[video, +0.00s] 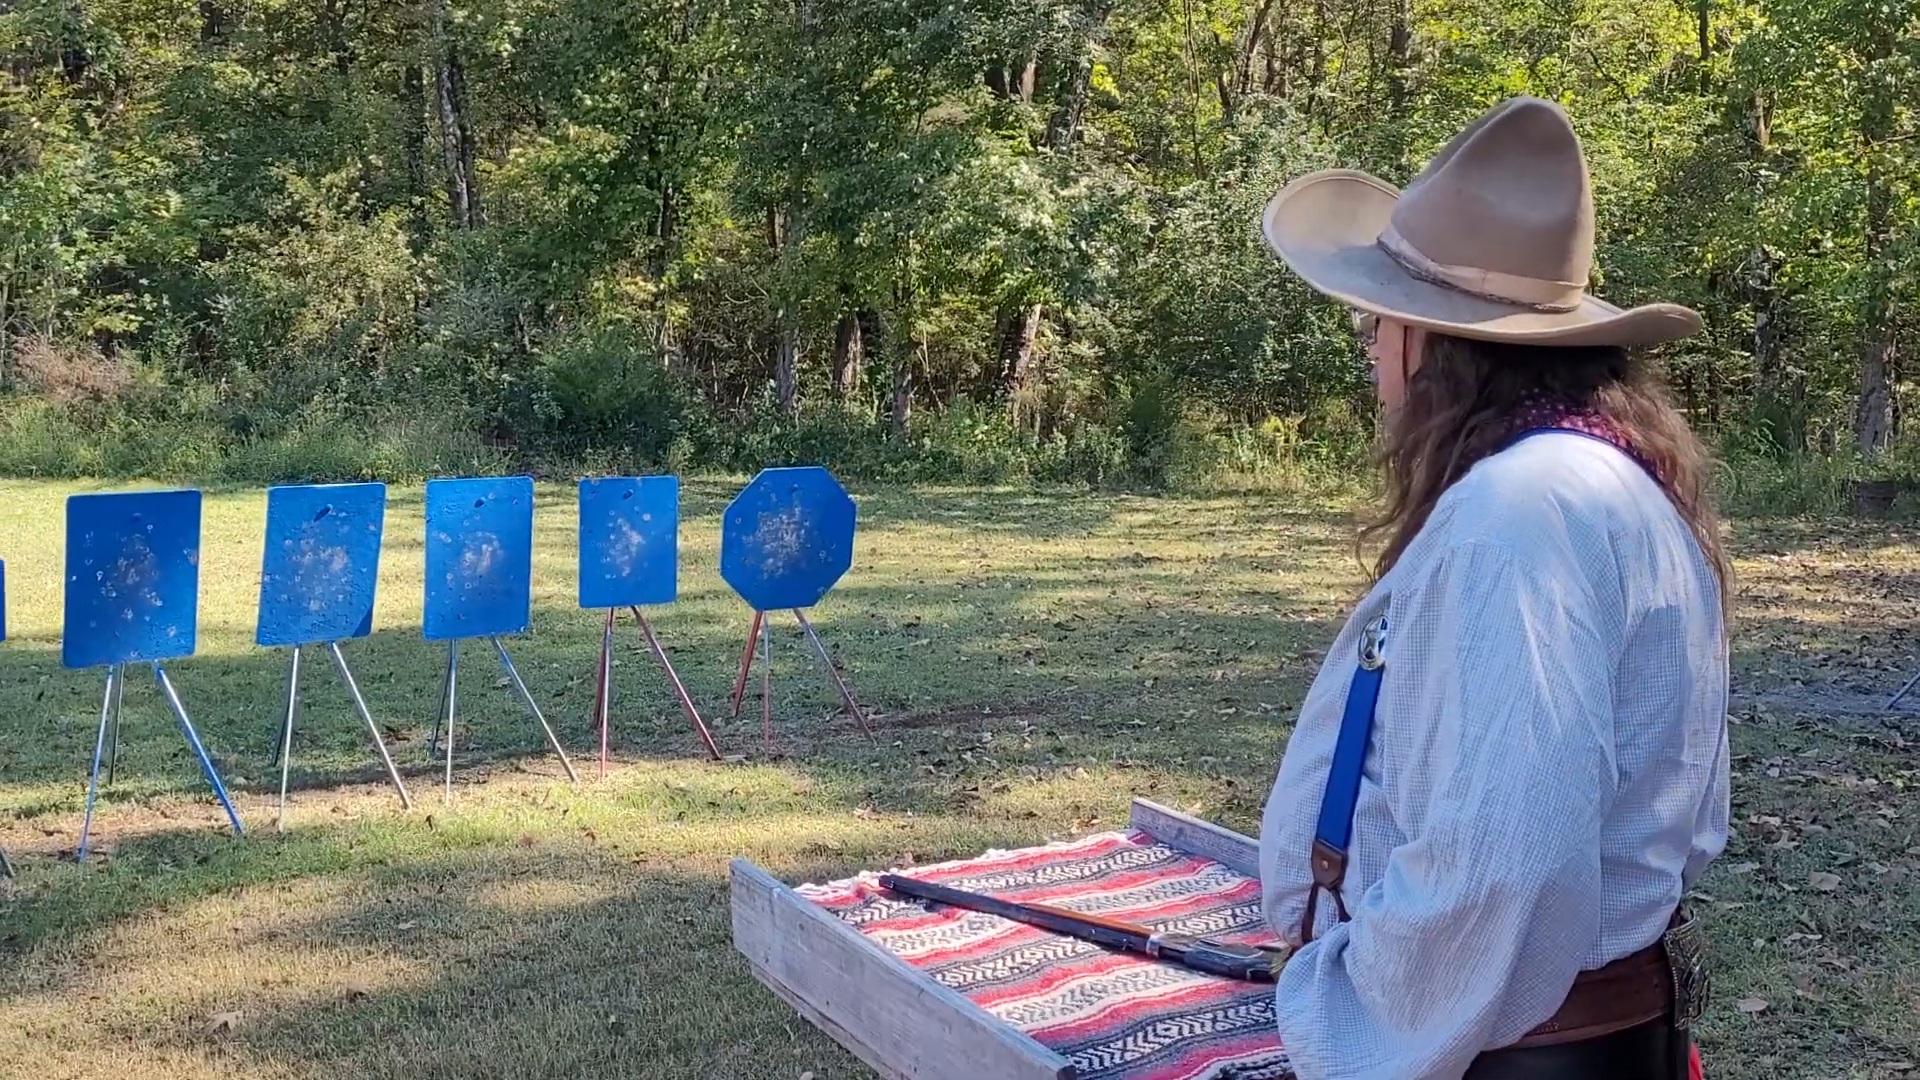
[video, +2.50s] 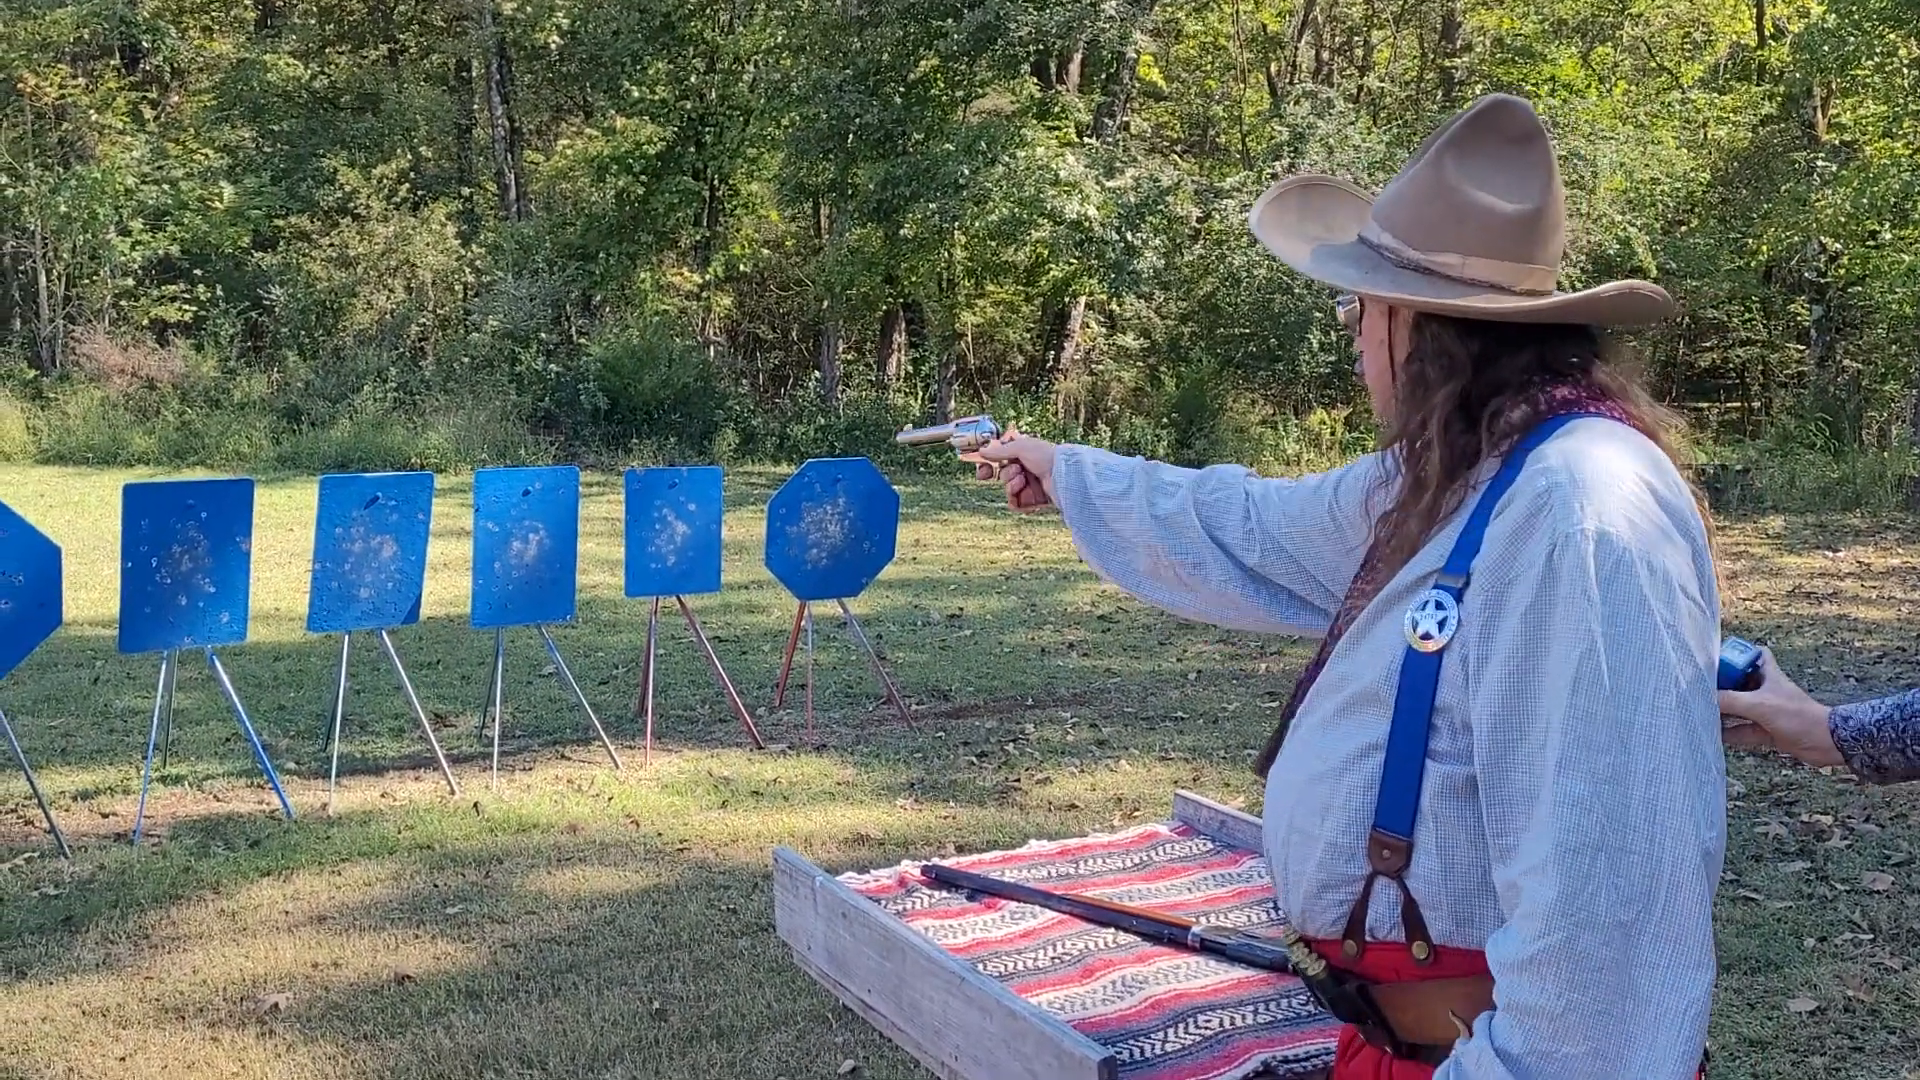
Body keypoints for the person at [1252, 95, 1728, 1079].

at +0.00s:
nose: (1369, 345)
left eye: (1381, 320)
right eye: (1374, 319)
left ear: (1439, 341)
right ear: (1546, 334)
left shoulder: (1523, 506)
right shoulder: (1609, 478)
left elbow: (1504, 858)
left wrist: (1339, 998)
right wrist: (1355, 895)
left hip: (1527, 1035)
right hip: (1611, 1004)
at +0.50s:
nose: (1395, 344)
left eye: (1406, 317)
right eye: (1400, 316)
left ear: (1464, 337)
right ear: (1569, 329)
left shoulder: (1551, 503)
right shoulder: (1639, 471)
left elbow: (1531, 852)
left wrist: (1363, 997)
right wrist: (1380, 893)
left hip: (1553, 1035)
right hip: (1637, 1003)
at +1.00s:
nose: (1414, 341)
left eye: (1426, 317)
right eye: (1419, 316)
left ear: (1483, 338)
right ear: (1590, 332)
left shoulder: (1570, 505)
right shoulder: (1659, 475)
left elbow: (1549, 852)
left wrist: (1379, 991)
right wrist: (1403, 908)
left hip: (1572, 1035)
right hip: (1658, 1002)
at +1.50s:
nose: (1370, 344)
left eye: (1384, 319)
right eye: (1376, 319)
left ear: (1450, 344)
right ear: (1536, 337)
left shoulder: (1567, 517)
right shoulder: (1609, 484)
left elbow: (1570, 893)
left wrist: (1353, 1043)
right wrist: (1396, 933)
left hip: (1585, 1040)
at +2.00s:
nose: (1353, 338)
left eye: (1363, 312)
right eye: (1357, 312)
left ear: (1426, 333)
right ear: (1508, 331)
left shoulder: (1553, 523)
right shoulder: (1511, 477)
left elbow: (1568, 943)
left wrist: (1427, 1065)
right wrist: (1366, 628)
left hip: (1466, 1029)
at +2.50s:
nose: (1352, 334)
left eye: (1362, 309)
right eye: (1356, 309)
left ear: (1414, 328)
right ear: (1475, 326)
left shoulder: (1590, 512)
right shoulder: (1434, 479)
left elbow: (1607, 910)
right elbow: (1246, 525)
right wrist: (1067, 475)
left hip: (1469, 1040)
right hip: (1368, 999)